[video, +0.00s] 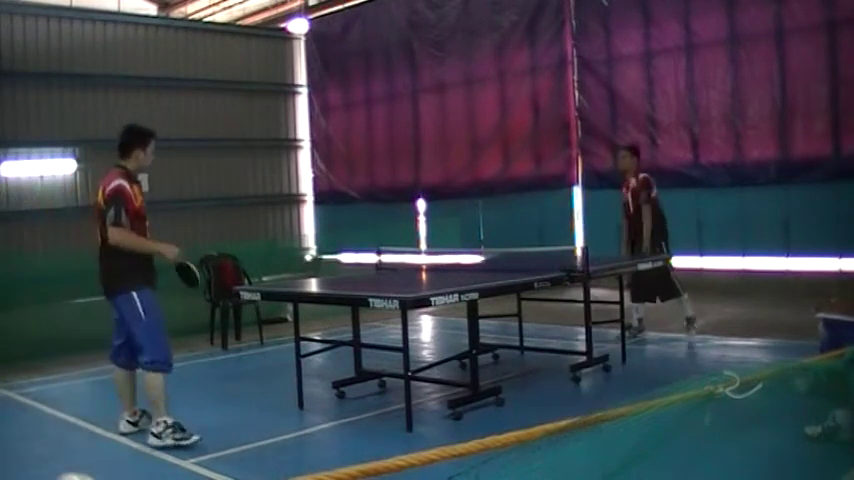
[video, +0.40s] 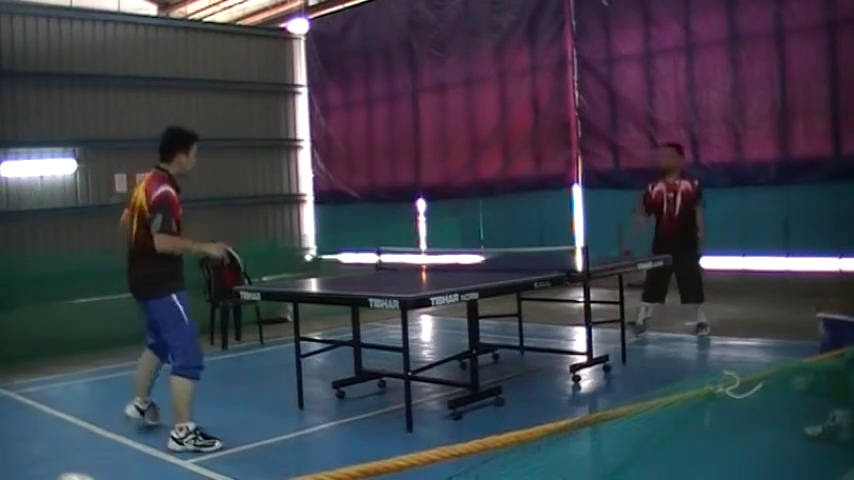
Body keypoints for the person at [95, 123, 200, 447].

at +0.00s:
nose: (152, 158)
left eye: (152, 152)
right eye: (150, 152)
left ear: (132, 151)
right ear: (137, 152)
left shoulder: (122, 182)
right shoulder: (119, 186)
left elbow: (127, 233)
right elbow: (115, 234)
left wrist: (158, 251)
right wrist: (160, 248)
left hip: (127, 280)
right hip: (129, 282)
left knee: (127, 349)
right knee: (154, 350)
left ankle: (130, 415)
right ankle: (162, 425)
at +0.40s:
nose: (193, 161)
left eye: (193, 155)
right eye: (192, 155)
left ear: (166, 154)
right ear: (179, 156)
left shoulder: (148, 182)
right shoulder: (164, 192)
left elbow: (127, 223)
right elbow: (162, 242)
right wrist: (204, 247)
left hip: (145, 283)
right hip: (162, 286)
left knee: (159, 344)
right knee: (186, 353)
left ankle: (140, 402)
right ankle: (183, 430)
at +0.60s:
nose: (211, 169)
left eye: (210, 162)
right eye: (208, 162)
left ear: (186, 161)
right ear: (196, 163)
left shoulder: (165, 184)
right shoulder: (180, 198)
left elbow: (137, 209)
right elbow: (176, 250)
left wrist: (148, 248)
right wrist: (206, 294)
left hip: (145, 283)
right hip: (162, 286)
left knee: (162, 347)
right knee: (187, 352)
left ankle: (159, 408)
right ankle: (183, 431)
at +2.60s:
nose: (200, 157)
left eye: (199, 150)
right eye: (195, 151)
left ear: (180, 156)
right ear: (177, 155)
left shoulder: (178, 187)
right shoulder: (165, 190)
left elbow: (170, 237)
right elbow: (152, 238)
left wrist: (180, 278)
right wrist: (166, 286)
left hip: (173, 285)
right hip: (170, 288)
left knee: (164, 350)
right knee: (176, 356)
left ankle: (162, 409)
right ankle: (182, 430)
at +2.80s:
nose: (199, 157)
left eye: (198, 151)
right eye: (195, 151)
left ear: (178, 156)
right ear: (179, 155)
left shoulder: (171, 185)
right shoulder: (166, 190)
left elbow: (161, 237)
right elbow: (153, 237)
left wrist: (177, 280)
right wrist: (169, 285)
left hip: (167, 285)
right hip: (170, 287)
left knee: (161, 350)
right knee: (175, 356)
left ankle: (162, 409)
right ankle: (182, 430)